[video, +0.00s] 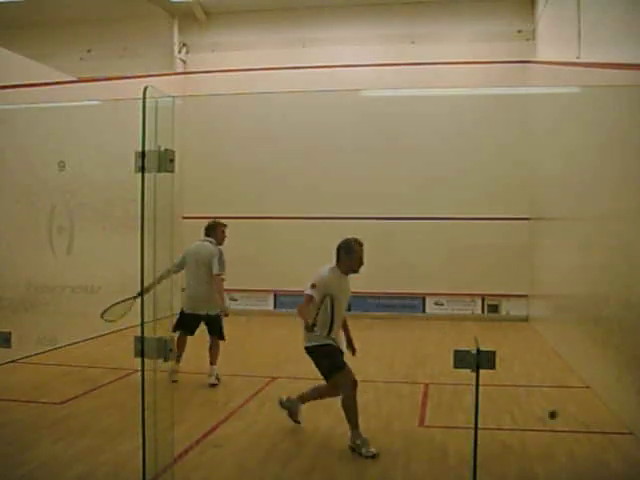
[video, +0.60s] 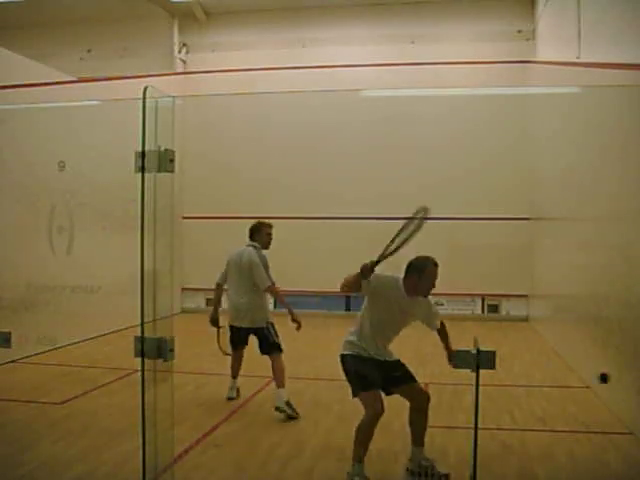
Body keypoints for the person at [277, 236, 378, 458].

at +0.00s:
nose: (362, 263)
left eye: (362, 258)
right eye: (359, 258)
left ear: (348, 258)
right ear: (344, 257)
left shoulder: (343, 280)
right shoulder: (324, 279)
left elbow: (340, 313)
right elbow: (304, 310)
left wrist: (349, 338)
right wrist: (307, 314)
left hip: (331, 341)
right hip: (317, 343)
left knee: (335, 388)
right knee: (349, 383)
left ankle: (294, 402)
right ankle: (356, 438)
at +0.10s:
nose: (381, 265)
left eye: (381, 261)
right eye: (377, 261)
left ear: (370, 261)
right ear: (362, 260)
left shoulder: (370, 284)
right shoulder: (340, 279)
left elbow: (364, 313)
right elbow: (318, 302)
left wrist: (373, 345)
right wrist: (325, 312)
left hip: (351, 341)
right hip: (329, 343)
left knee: (373, 389)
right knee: (358, 388)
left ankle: (344, 413)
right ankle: (358, 438)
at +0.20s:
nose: (399, 265)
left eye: (400, 260)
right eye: (395, 260)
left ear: (393, 262)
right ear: (382, 260)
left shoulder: (390, 289)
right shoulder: (358, 277)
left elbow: (391, 321)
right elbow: (327, 293)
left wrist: (401, 353)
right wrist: (338, 301)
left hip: (366, 345)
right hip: (340, 347)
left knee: (397, 385)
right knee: (366, 397)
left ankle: (398, 439)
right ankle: (358, 439)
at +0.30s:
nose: (415, 272)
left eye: (416, 267)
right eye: (411, 266)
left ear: (414, 267)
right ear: (398, 265)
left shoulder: (408, 294)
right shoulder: (369, 281)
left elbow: (416, 327)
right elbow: (336, 289)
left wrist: (428, 360)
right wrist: (349, 293)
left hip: (382, 353)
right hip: (354, 352)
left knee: (411, 396)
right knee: (372, 403)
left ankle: (427, 454)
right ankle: (358, 430)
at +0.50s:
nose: (431, 275)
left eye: (432, 270)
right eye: (428, 270)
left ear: (426, 272)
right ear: (412, 269)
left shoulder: (424, 301)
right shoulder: (383, 281)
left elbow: (446, 326)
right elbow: (345, 275)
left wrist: (461, 356)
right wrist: (360, 275)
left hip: (392, 355)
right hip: (362, 350)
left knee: (424, 399)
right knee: (375, 400)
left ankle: (430, 457)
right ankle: (364, 463)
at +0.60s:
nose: (434, 285)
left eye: (435, 280)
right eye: (432, 279)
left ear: (421, 279)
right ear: (415, 277)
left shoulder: (422, 305)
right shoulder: (383, 284)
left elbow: (440, 327)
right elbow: (345, 287)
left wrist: (449, 351)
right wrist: (360, 276)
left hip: (382, 355)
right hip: (356, 352)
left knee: (420, 399)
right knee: (374, 409)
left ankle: (417, 459)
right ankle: (356, 469)